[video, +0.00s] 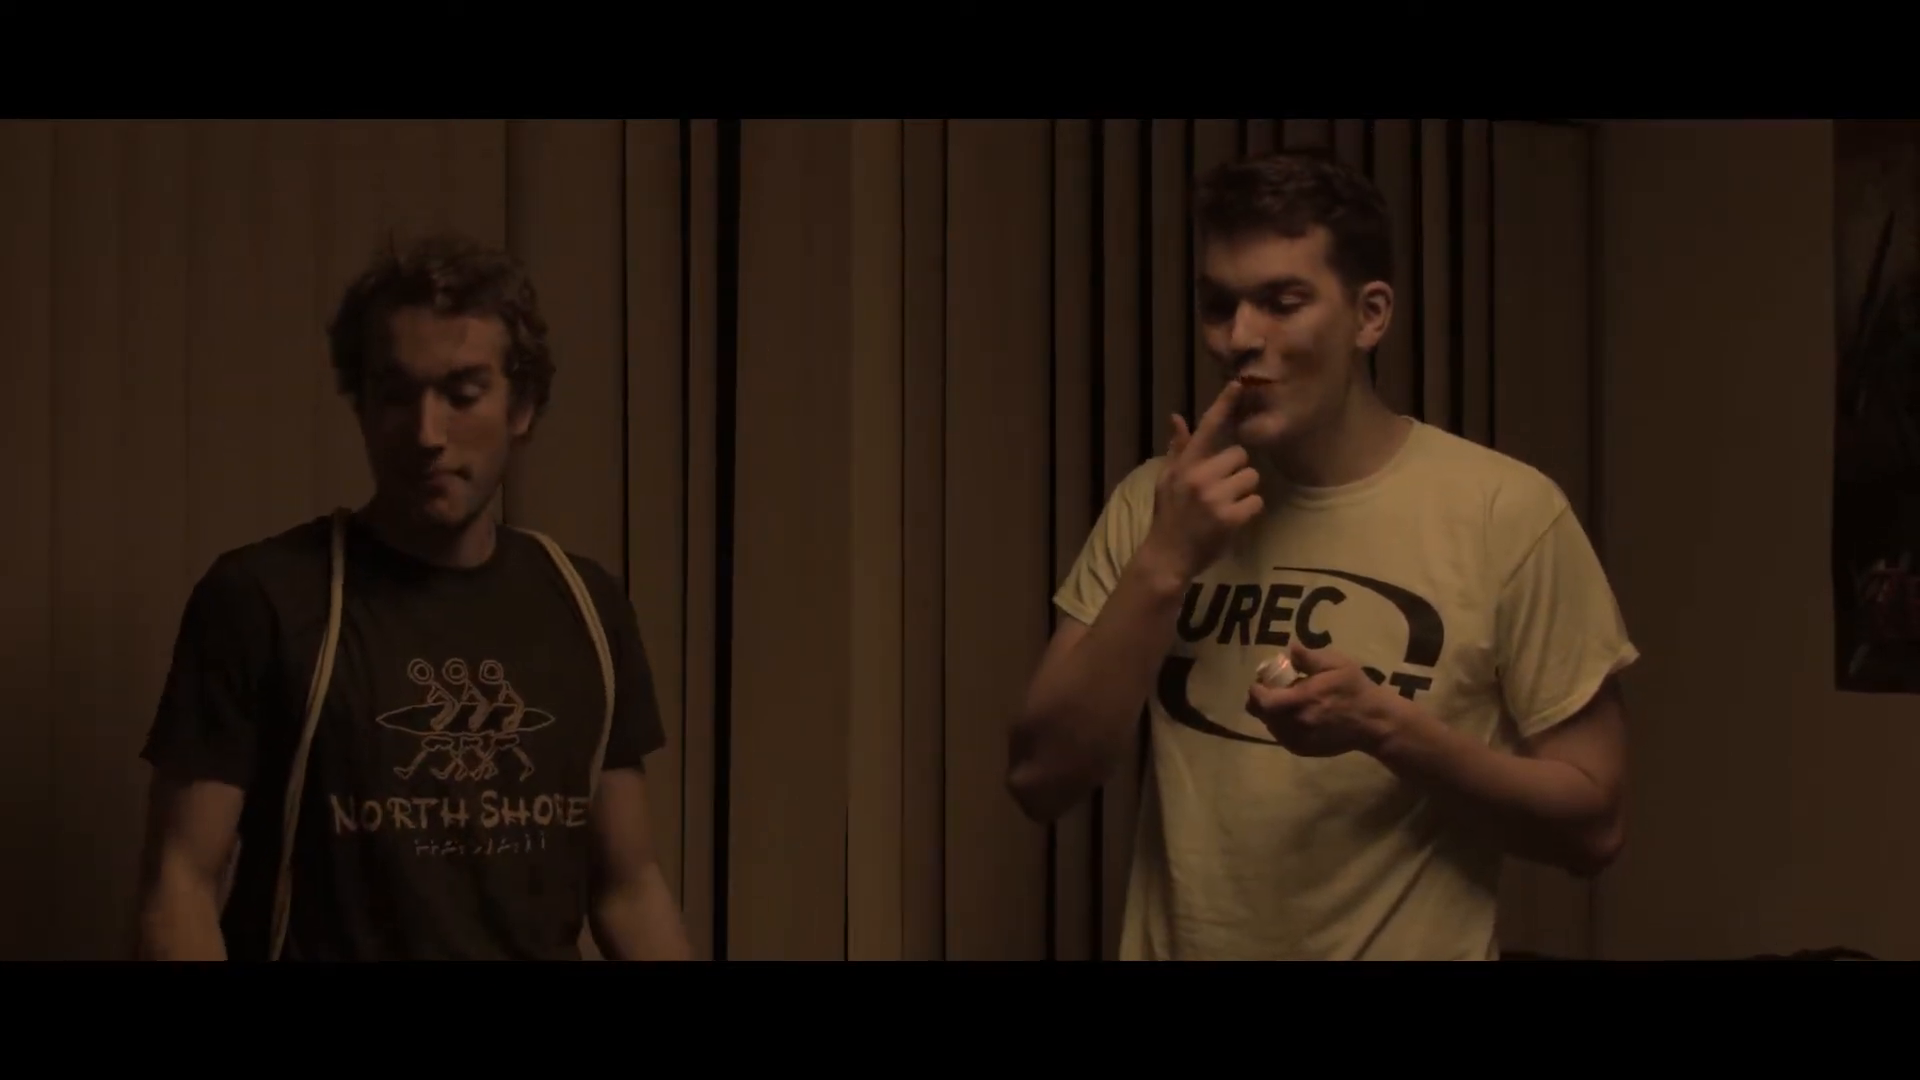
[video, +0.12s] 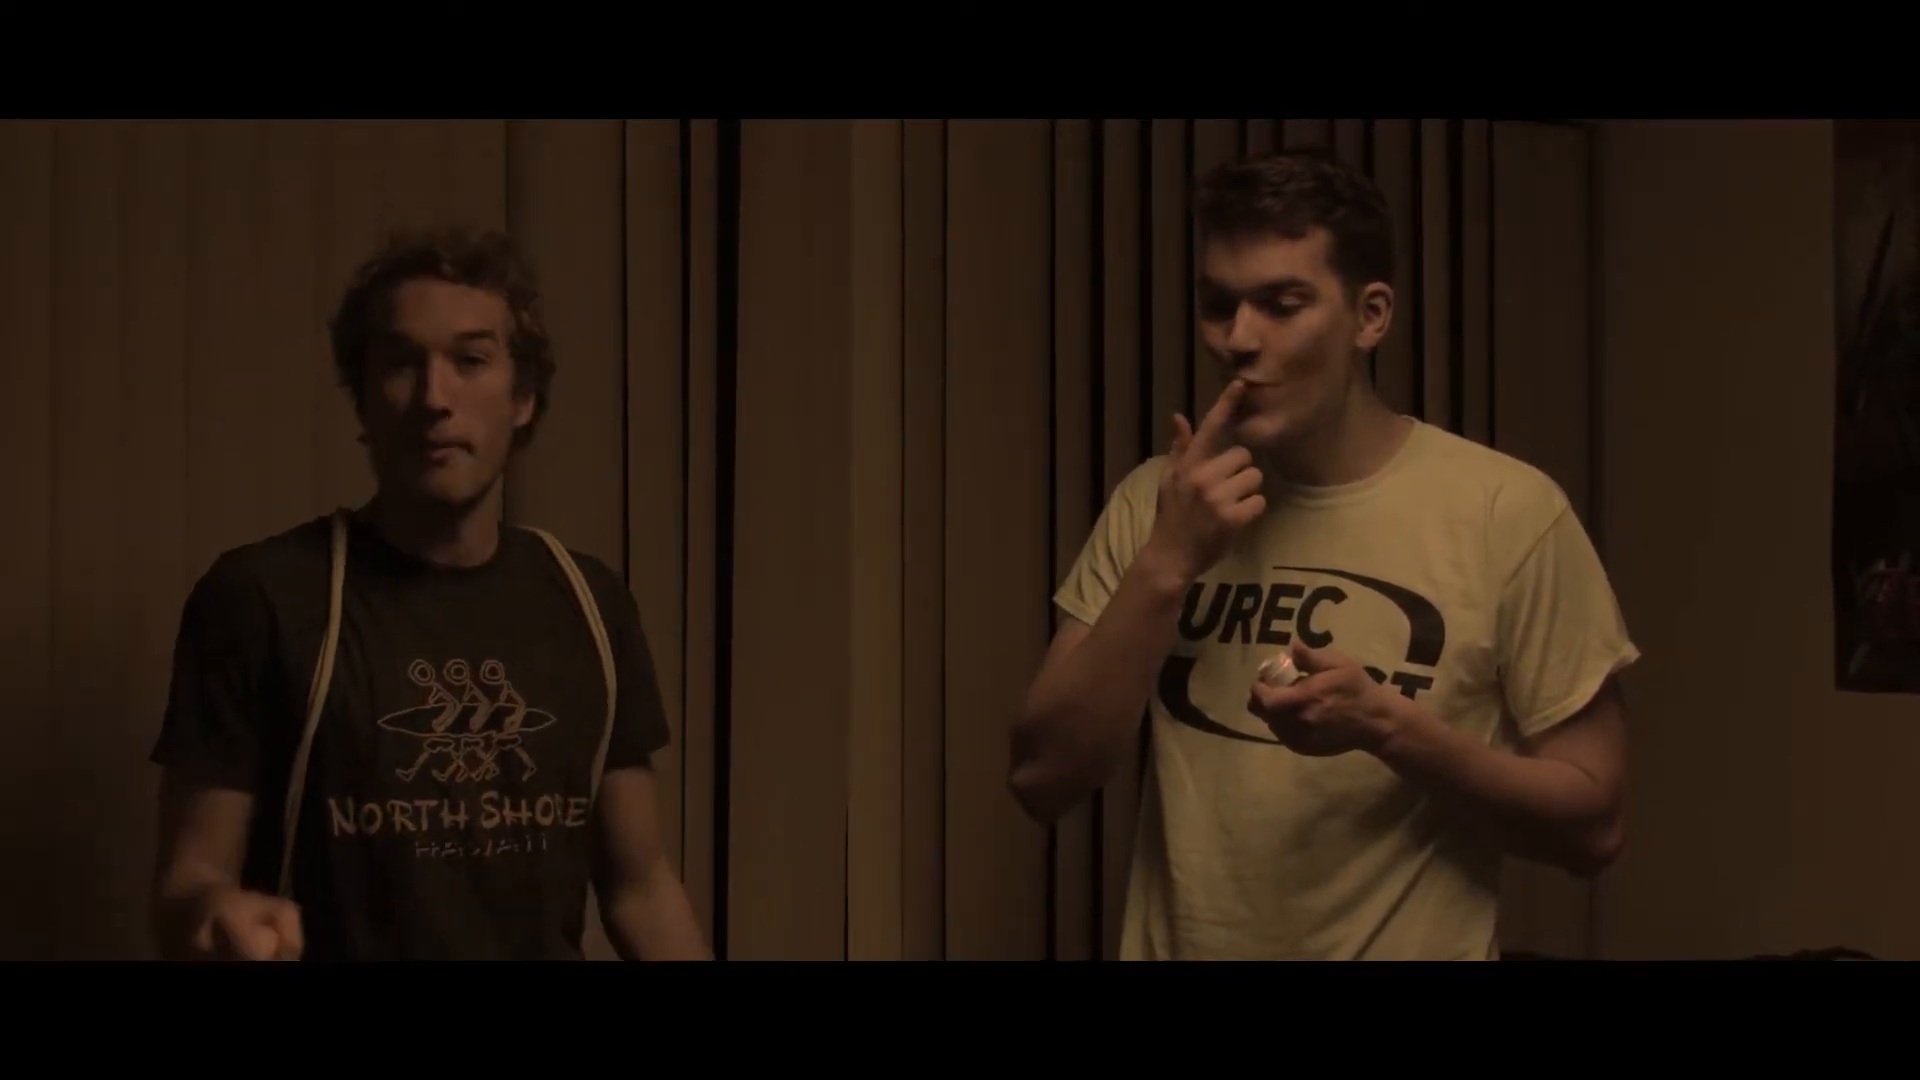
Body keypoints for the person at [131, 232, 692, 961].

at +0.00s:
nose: (426, 434)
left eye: (462, 393)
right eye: (395, 397)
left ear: (522, 411)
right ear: (361, 413)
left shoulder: (589, 607)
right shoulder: (260, 600)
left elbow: (629, 883)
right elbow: (183, 883)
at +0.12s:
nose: (433, 397)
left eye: (471, 359)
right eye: (401, 363)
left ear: (524, 399)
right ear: (363, 404)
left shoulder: (590, 602)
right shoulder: (259, 599)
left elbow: (641, 883)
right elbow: (194, 874)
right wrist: (223, 910)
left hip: (539, 949)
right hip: (334, 950)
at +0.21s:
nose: (432, 383)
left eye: (469, 348)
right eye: (397, 353)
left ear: (520, 392)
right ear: (360, 405)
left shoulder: (592, 597)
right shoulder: (261, 597)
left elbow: (642, 882)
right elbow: (195, 886)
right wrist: (238, 902)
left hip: (543, 948)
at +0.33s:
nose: (433, 376)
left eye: (467, 342)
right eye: (396, 349)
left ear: (518, 391)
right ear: (359, 406)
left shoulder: (595, 597)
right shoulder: (266, 596)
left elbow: (637, 880)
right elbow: (190, 885)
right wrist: (275, 908)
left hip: (548, 949)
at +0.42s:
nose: (438, 375)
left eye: (470, 341)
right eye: (400, 348)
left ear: (520, 390)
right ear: (361, 404)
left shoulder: (593, 600)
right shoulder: (269, 599)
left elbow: (631, 883)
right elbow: (195, 888)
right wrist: (307, 906)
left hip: (548, 949)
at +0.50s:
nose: (447, 375)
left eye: (478, 341)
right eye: (406, 348)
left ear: (523, 391)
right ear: (362, 407)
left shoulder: (590, 600)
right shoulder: (272, 602)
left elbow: (620, 879)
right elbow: (209, 887)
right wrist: (332, 914)